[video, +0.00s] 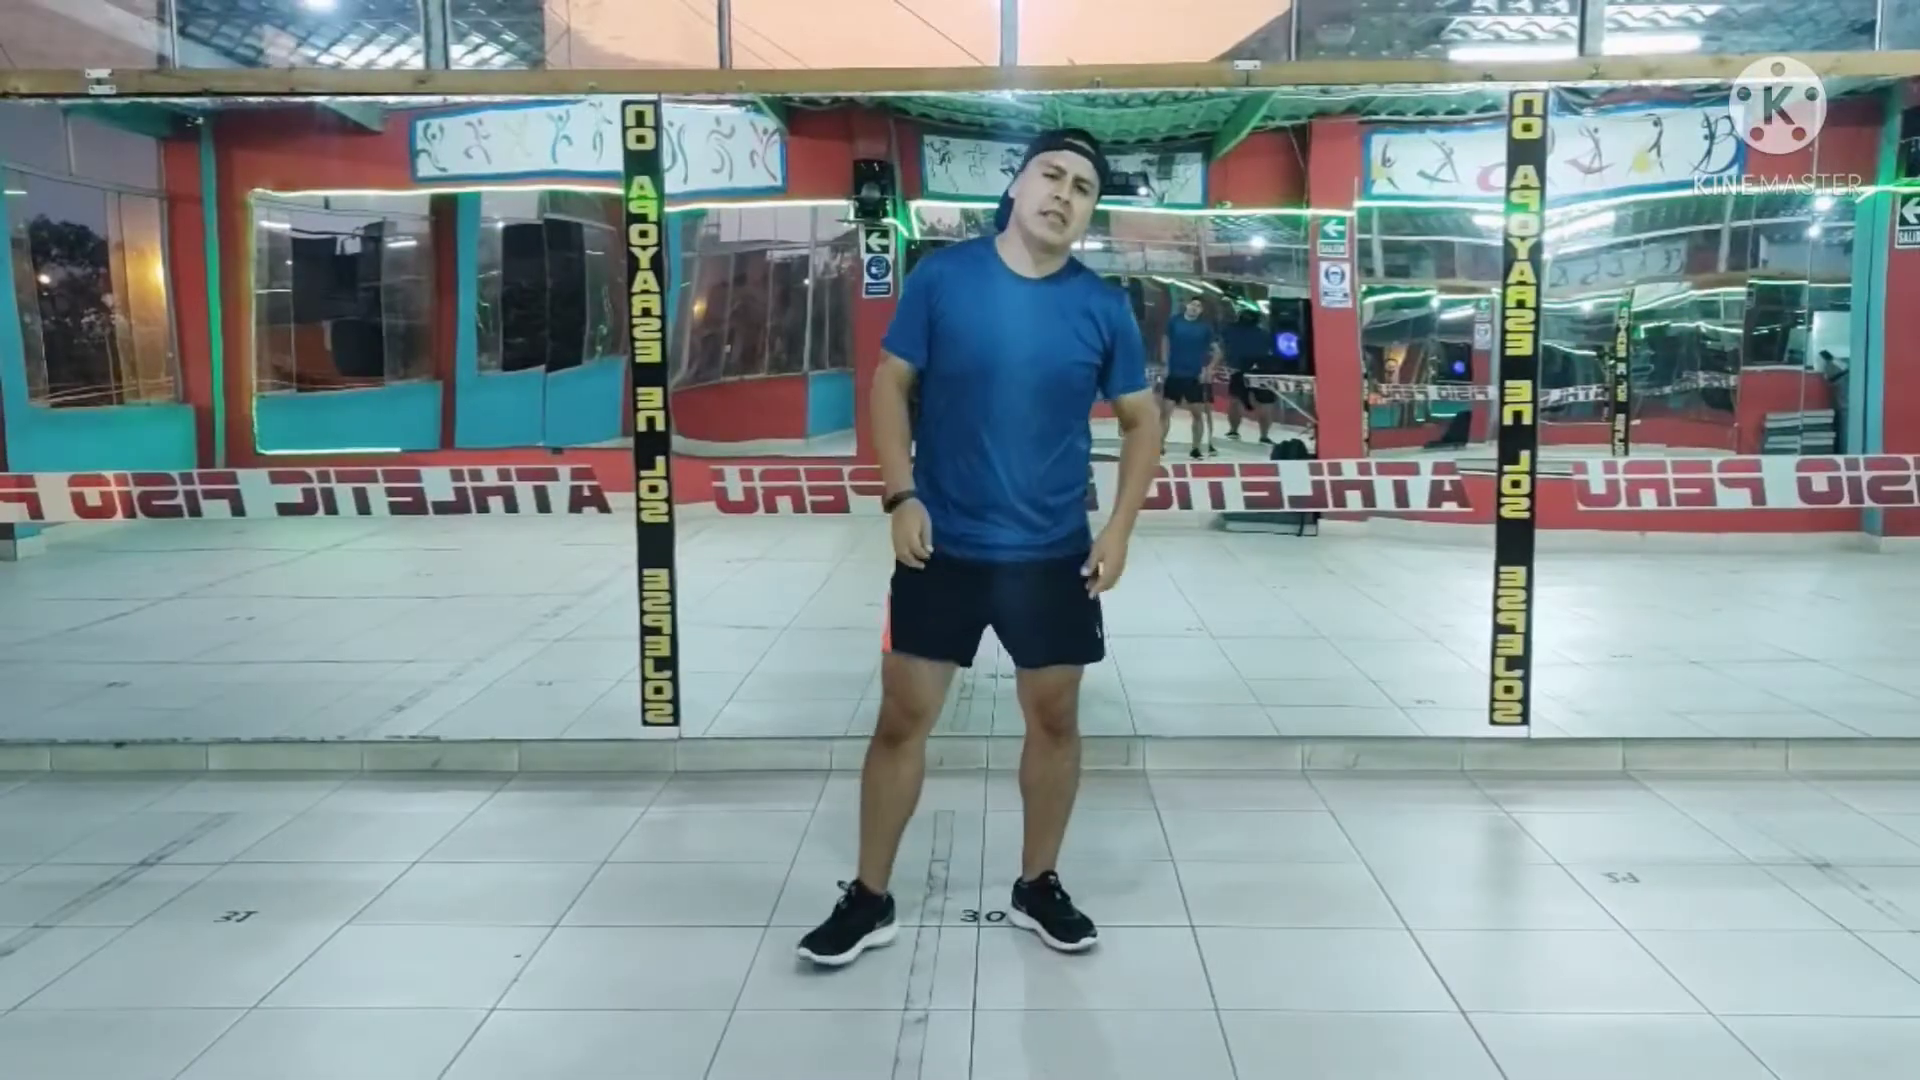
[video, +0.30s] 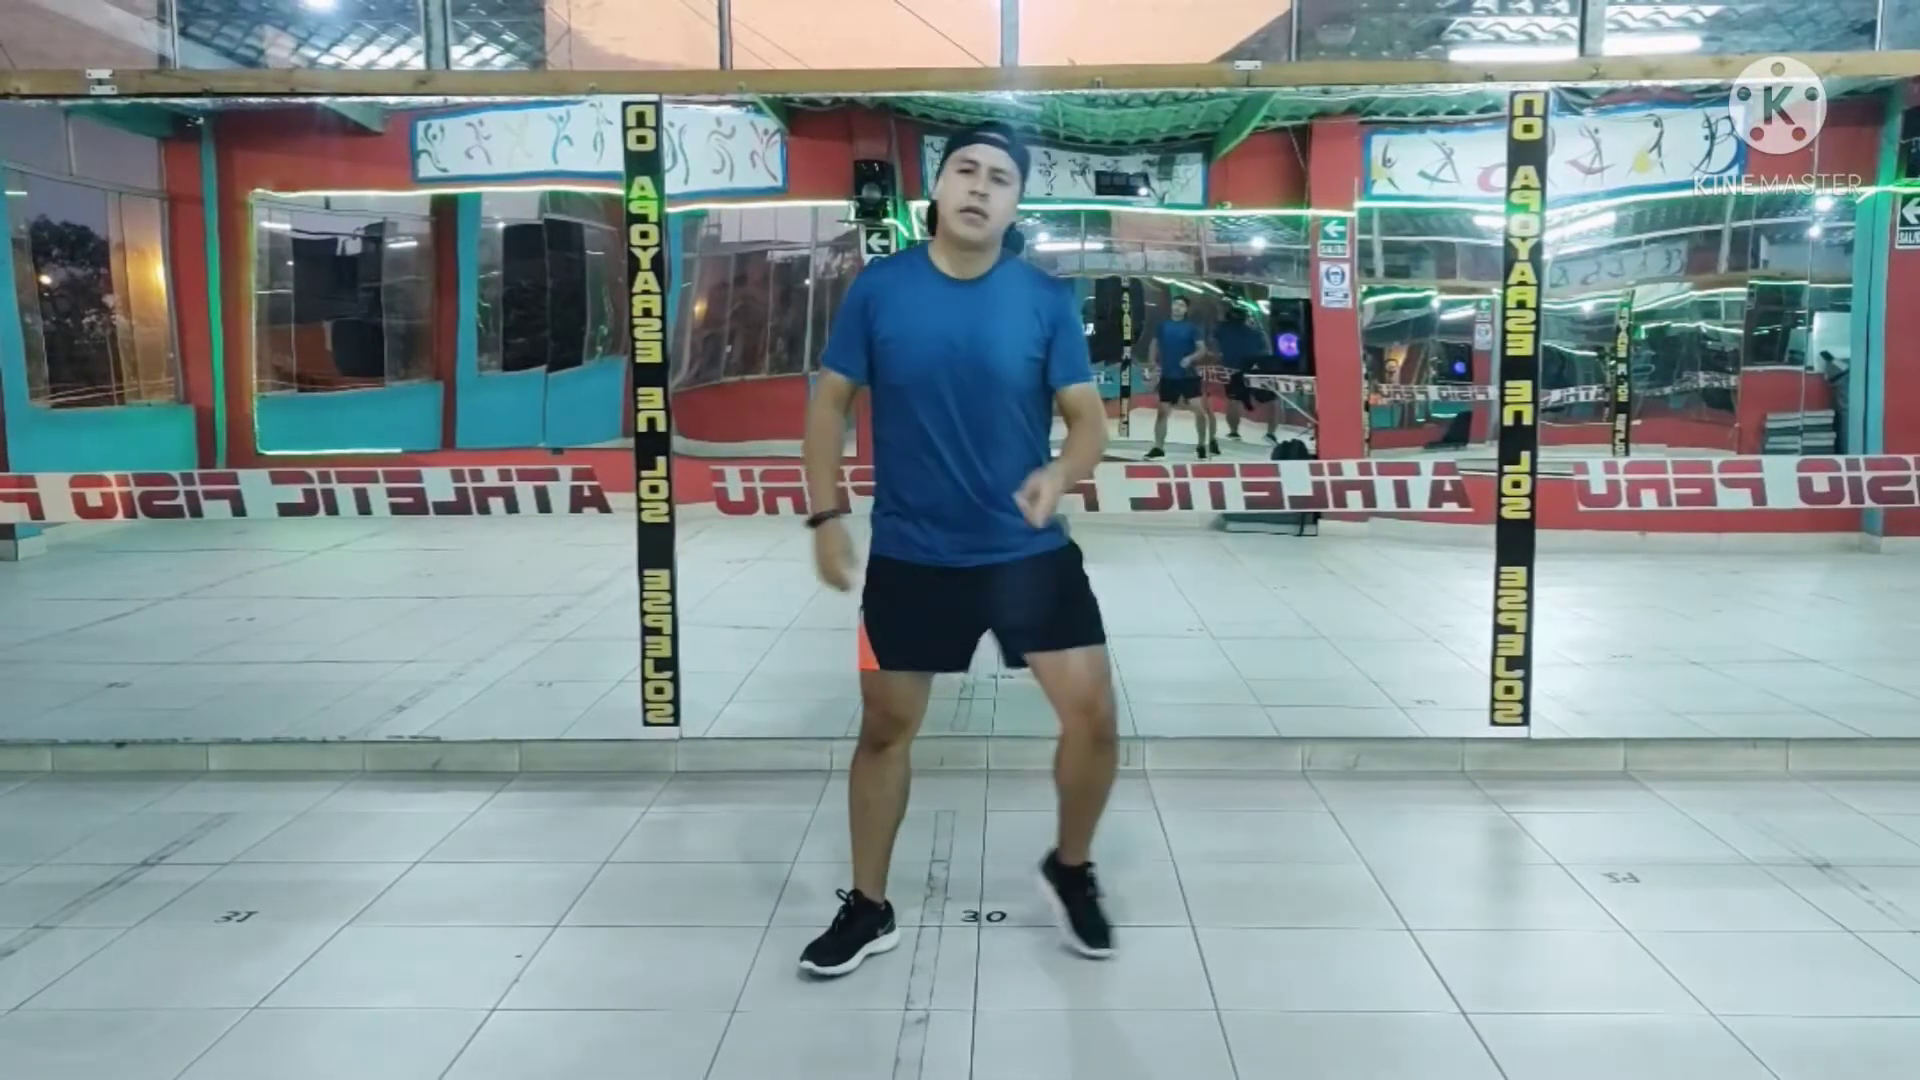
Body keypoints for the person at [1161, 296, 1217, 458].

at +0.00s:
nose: (1194, 308)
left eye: (1197, 306)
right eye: (1192, 305)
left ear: (1201, 310)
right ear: (1186, 306)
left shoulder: (1205, 327)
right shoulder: (1174, 322)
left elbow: (1217, 351)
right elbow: (1166, 341)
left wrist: (1209, 369)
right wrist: (1165, 365)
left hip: (1194, 375)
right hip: (1174, 372)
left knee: (1197, 413)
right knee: (1165, 410)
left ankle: (1196, 447)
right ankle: (1160, 443)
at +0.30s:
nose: (1178, 308)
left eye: (1181, 305)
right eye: (1175, 304)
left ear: (1186, 309)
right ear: (1171, 307)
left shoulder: (1192, 328)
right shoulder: (1162, 327)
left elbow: (1202, 350)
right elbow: (1154, 345)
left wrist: (1190, 359)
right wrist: (1152, 364)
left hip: (1188, 376)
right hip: (1168, 375)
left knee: (1199, 411)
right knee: (1163, 411)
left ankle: (1201, 445)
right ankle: (1158, 446)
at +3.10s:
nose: (1184, 309)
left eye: (1188, 307)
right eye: (1182, 306)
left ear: (1194, 311)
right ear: (1178, 308)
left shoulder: (1200, 328)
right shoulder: (1170, 328)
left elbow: (1206, 351)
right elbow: (1164, 348)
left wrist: (1193, 343)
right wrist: (1160, 368)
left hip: (1194, 379)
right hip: (1174, 378)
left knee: (1204, 415)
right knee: (1167, 414)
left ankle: (1213, 450)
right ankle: (1164, 448)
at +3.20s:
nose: (1184, 309)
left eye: (1188, 307)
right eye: (1182, 306)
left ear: (1194, 311)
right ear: (1178, 308)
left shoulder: (1200, 328)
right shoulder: (1170, 328)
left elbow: (1206, 351)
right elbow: (1164, 349)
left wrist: (1193, 344)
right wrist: (1160, 368)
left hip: (1194, 379)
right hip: (1174, 378)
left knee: (1204, 415)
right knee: (1167, 414)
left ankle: (1213, 450)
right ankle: (1164, 448)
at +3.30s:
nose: (1184, 311)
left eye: (1188, 308)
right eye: (1182, 307)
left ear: (1193, 311)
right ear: (1178, 309)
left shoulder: (1199, 329)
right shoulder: (1170, 328)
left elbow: (1207, 350)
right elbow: (1163, 349)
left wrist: (1199, 351)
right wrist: (1159, 368)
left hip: (1194, 379)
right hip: (1174, 378)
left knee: (1205, 415)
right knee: (1167, 414)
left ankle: (1213, 450)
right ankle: (1164, 448)